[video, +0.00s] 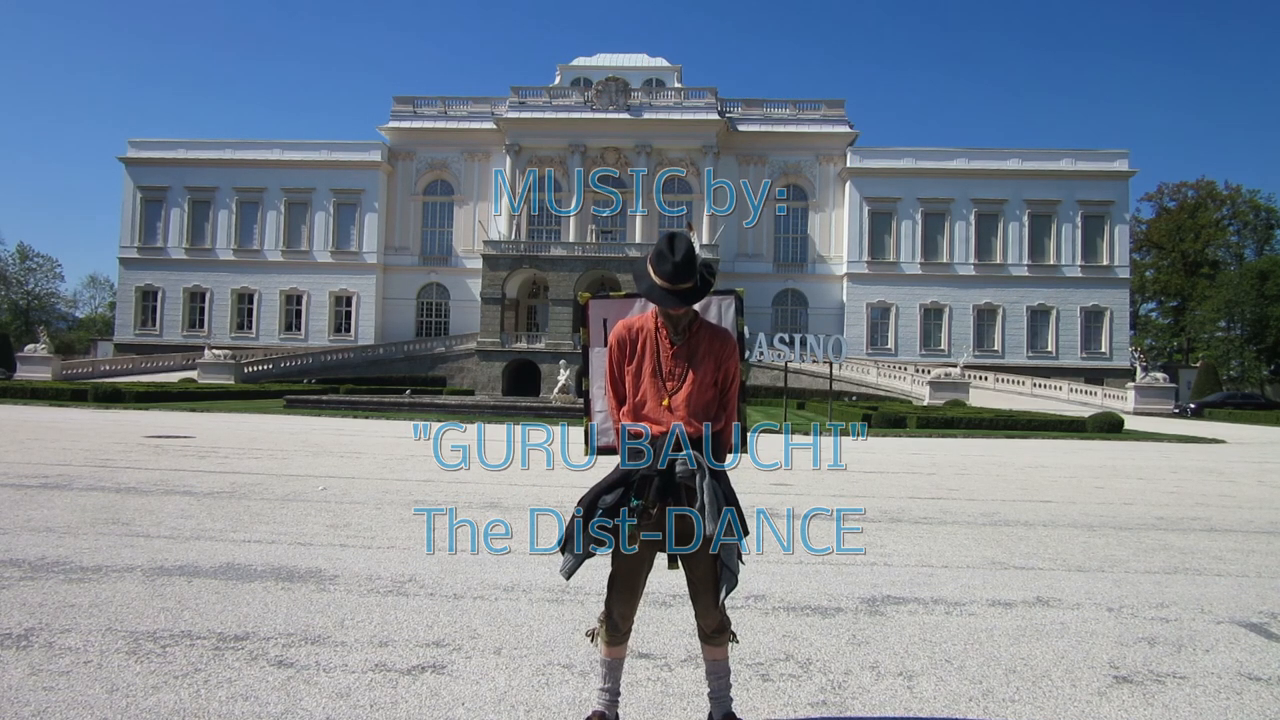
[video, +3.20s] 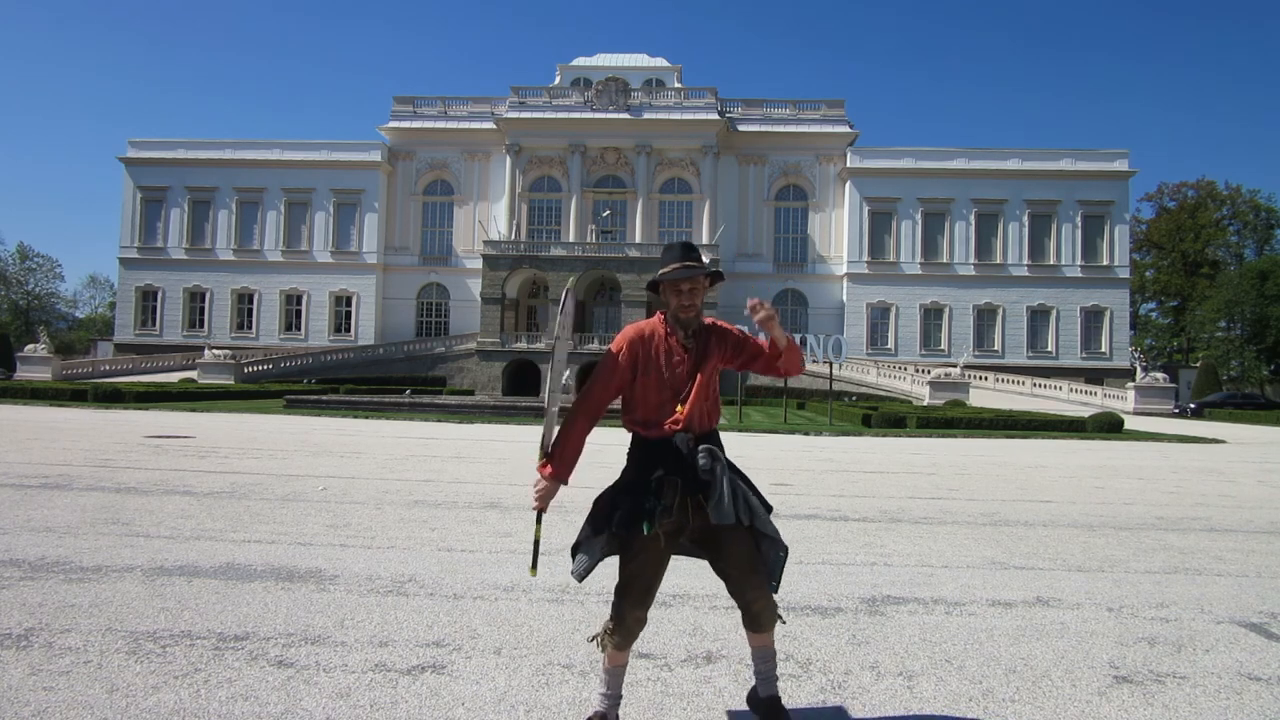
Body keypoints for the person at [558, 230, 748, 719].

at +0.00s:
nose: (676, 308)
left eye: (684, 299)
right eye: (668, 299)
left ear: (698, 293)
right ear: (652, 290)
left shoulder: (722, 343)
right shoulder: (625, 336)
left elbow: (728, 426)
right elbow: (616, 414)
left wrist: (694, 443)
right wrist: (648, 440)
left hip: (698, 490)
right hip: (640, 486)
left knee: (709, 603)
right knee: (621, 600)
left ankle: (721, 704)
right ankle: (607, 700)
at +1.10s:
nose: (678, 308)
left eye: (686, 299)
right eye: (669, 298)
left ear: (698, 292)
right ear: (652, 289)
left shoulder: (720, 344)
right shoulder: (623, 336)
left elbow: (741, 422)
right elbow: (615, 413)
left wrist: (751, 491)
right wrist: (633, 468)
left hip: (700, 486)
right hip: (639, 483)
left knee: (709, 603)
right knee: (621, 599)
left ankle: (721, 706)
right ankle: (607, 700)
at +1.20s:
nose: (676, 314)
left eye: (684, 305)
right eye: (667, 305)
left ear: (697, 298)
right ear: (652, 296)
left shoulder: (718, 342)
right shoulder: (622, 336)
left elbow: (756, 405)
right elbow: (612, 411)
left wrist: (780, 470)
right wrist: (633, 467)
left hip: (698, 481)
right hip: (638, 480)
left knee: (709, 603)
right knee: (620, 599)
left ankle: (720, 706)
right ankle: (606, 701)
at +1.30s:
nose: (678, 314)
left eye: (686, 304)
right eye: (669, 304)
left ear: (698, 297)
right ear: (653, 295)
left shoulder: (717, 338)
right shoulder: (623, 336)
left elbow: (775, 377)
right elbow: (611, 415)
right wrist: (631, 471)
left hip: (699, 481)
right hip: (639, 481)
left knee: (709, 603)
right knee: (620, 601)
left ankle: (721, 706)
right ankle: (606, 702)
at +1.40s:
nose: (679, 317)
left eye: (688, 308)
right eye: (670, 308)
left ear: (701, 299)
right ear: (654, 297)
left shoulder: (717, 335)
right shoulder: (625, 335)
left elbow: (779, 346)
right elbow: (612, 410)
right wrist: (629, 469)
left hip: (699, 478)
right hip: (638, 477)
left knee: (710, 600)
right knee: (621, 599)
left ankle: (721, 706)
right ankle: (606, 702)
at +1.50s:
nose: (678, 317)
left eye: (687, 308)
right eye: (669, 307)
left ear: (701, 296)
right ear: (653, 297)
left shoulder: (718, 329)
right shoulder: (627, 334)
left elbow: (776, 308)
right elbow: (610, 408)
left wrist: (752, 257)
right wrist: (628, 468)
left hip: (698, 475)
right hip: (639, 474)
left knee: (711, 598)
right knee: (623, 594)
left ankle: (721, 707)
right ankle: (606, 700)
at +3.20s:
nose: (687, 298)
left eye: (695, 288)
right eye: (677, 289)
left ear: (707, 290)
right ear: (660, 292)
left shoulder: (718, 336)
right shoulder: (634, 341)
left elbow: (788, 367)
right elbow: (587, 408)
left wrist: (777, 333)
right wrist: (556, 472)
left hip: (711, 476)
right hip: (651, 477)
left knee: (757, 590)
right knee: (632, 603)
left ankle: (767, 693)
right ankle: (608, 702)